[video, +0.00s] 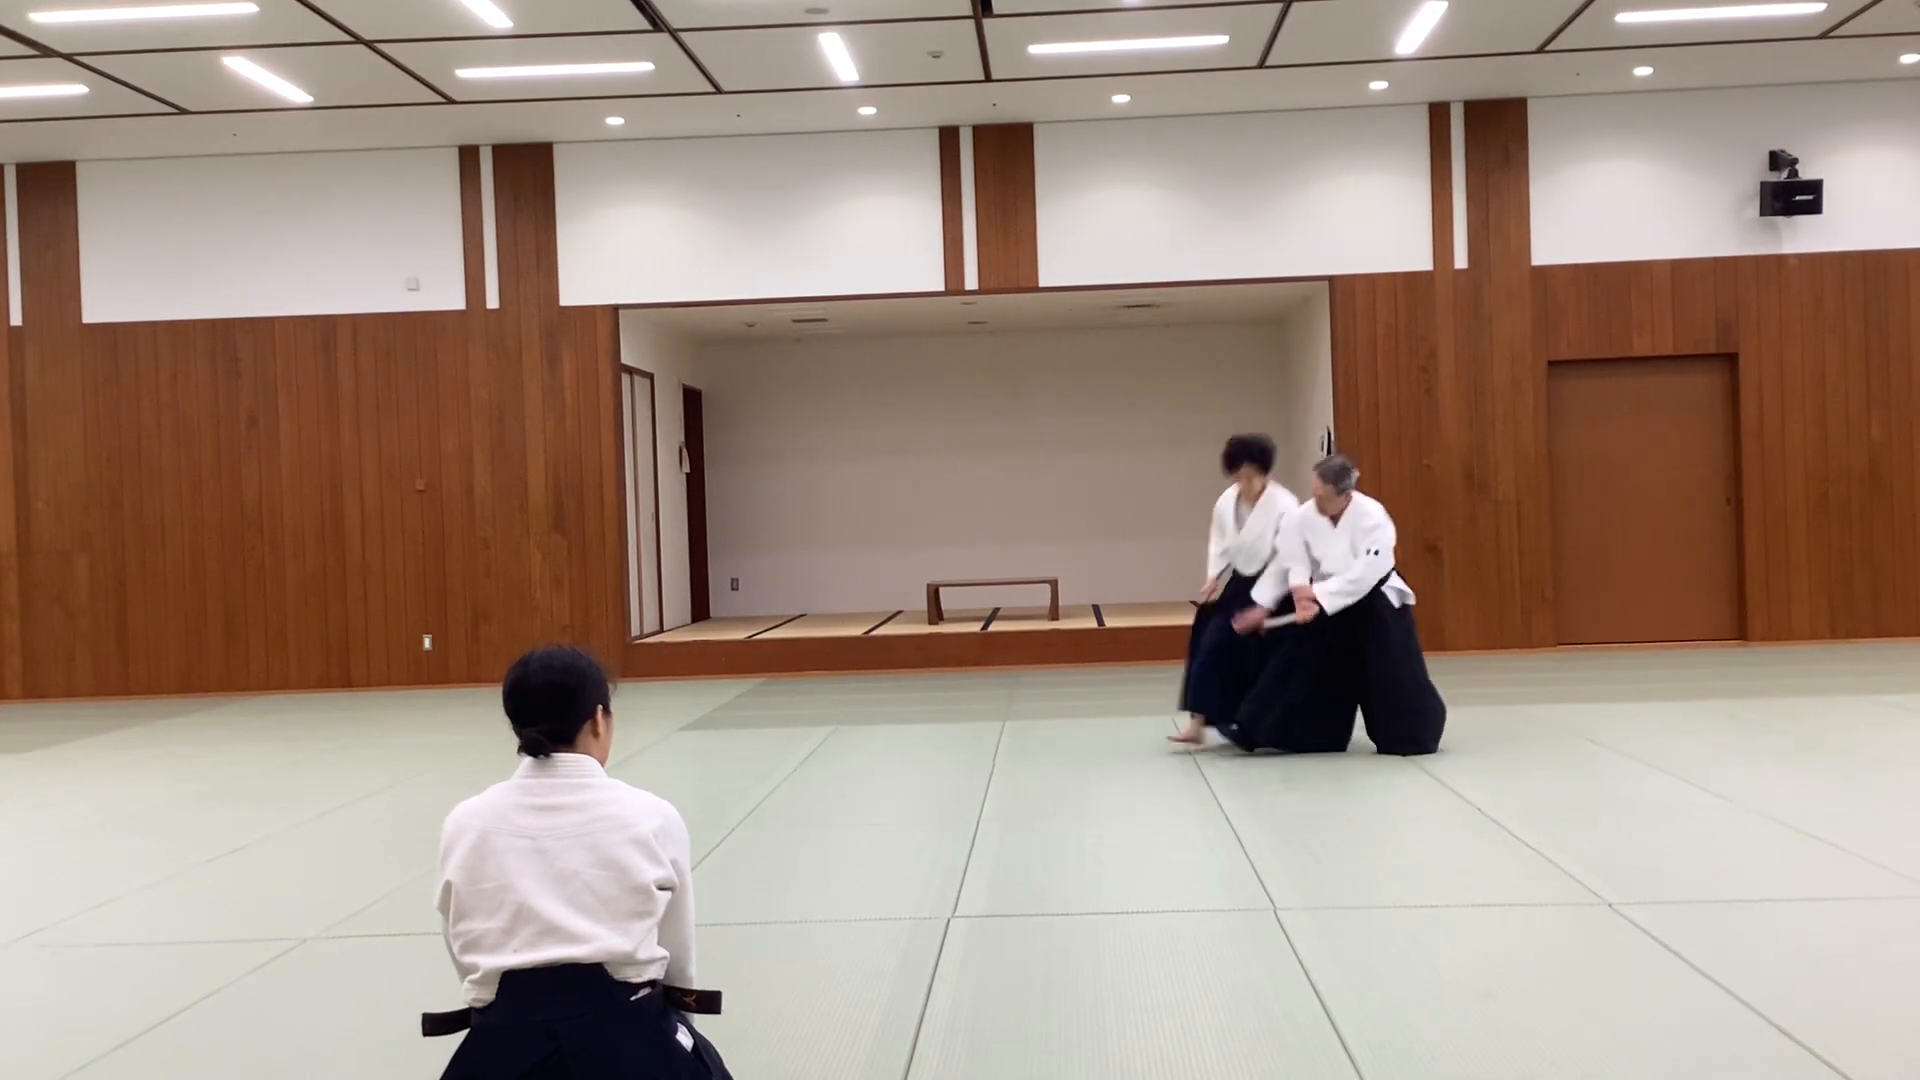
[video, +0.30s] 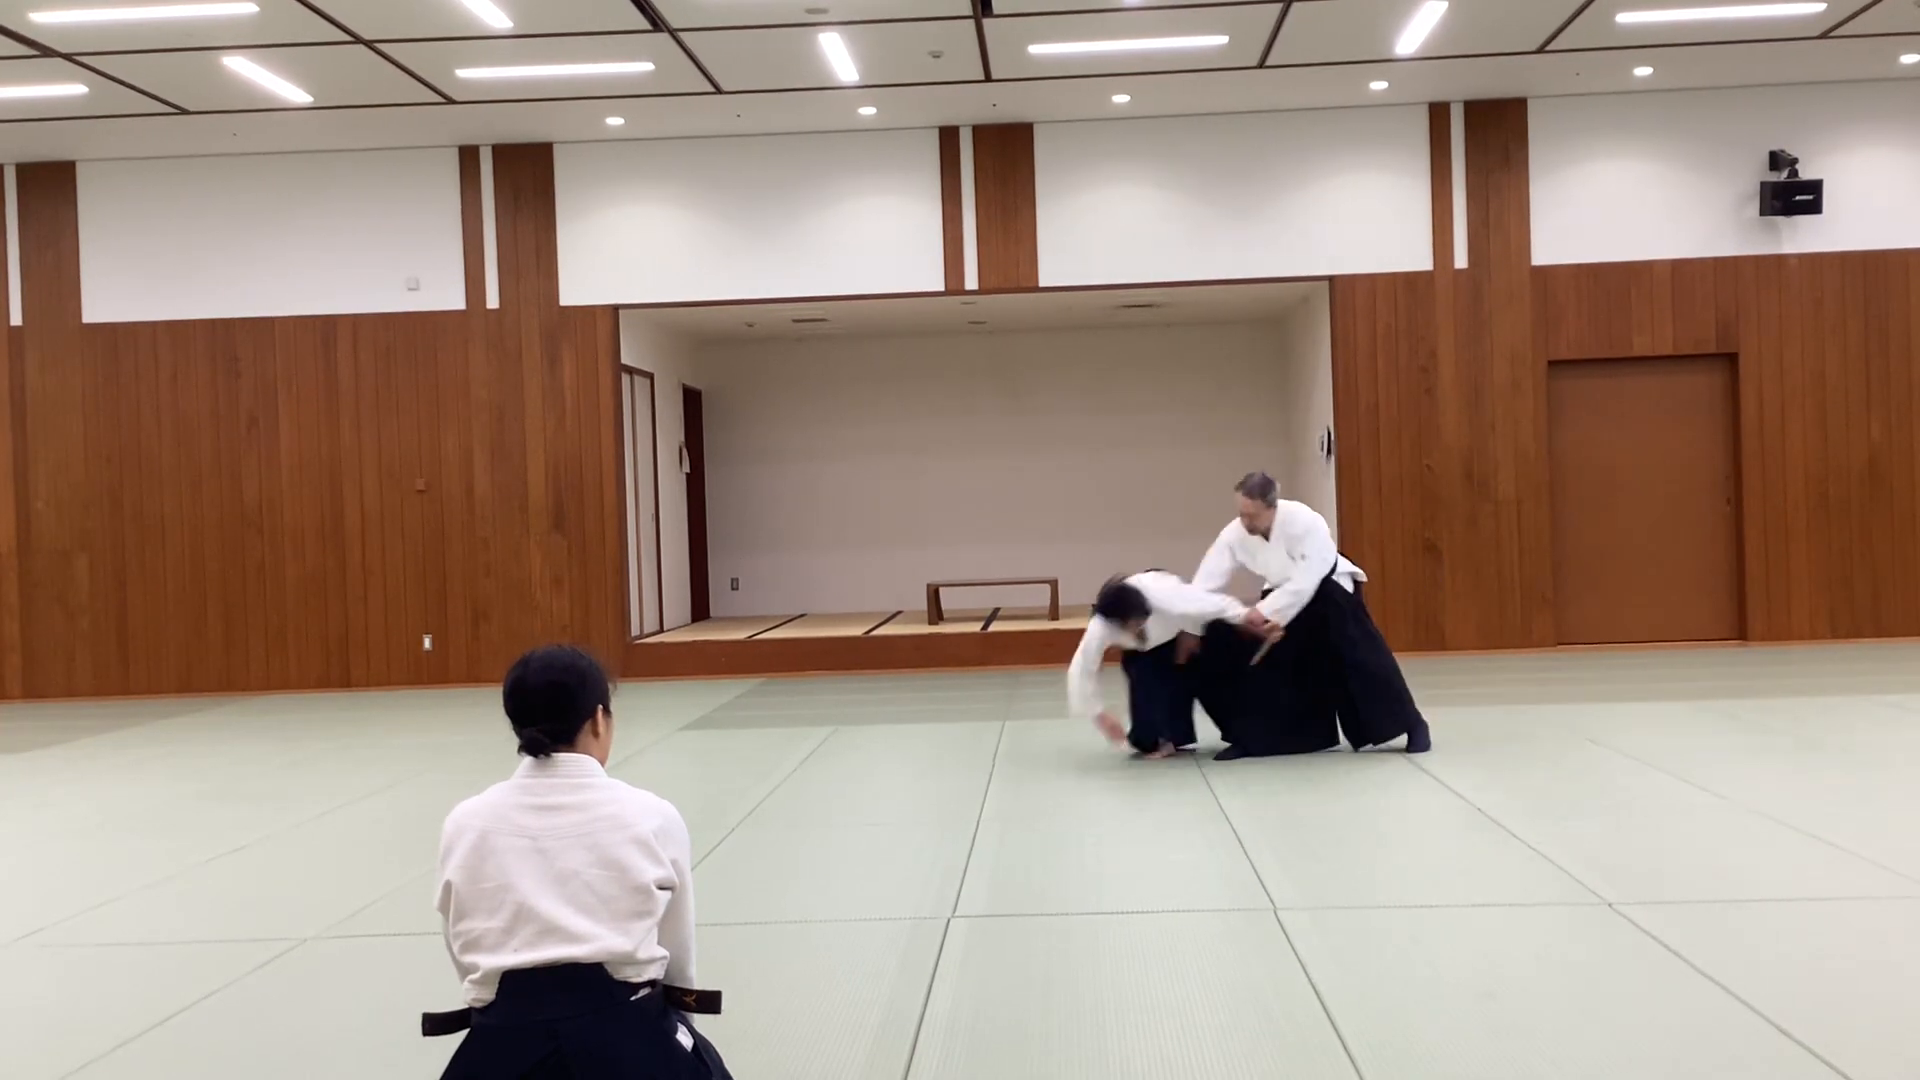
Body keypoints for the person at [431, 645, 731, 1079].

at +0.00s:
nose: (610, 727)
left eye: (609, 714)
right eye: (610, 715)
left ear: (519, 725)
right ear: (598, 721)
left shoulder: (465, 823)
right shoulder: (652, 818)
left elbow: (464, 960)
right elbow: (679, 968)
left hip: (503, 1050)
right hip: (629, 1046)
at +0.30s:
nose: (610, 728)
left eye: (610, 715)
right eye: (610, 716)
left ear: (519, 725)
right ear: (598, 721)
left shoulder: (465, 823)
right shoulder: (652, 817)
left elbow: (464, 959)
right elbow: (679, 967)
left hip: (503, 1049)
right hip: (629, 1046)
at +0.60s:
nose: (610, 729)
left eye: (610, 716)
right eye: (610, 717)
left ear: (518, 725)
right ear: (598, 722)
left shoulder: (464, 823)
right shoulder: (652, 817)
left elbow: (465, 960)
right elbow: (678, 967)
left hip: (503, 1050)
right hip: (629, 1045)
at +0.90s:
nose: (610, 728)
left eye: (609, 715)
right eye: (609, 716)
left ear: (518, 726)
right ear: (597, 722)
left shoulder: (464, 823)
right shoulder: (652, 817)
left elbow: (465, 960)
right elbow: (678, 966)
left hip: (503, 1050)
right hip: (629, 1046)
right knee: (696, 1045)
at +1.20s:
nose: (610, 731)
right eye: (609, 719)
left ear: (518, 727)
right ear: (598, 723)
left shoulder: (465, 824)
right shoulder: (652, 817)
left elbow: (464, 959)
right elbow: (678, 966)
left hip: (503, 1049)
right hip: (630, 1046)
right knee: (696, 1047)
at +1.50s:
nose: (609, 727)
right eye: (608, 716)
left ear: (518, 726)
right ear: (597, 721)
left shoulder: (465, 823)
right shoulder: (652, 816)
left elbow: (464, 958)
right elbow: (678, 962)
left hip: (503, 1049)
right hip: (629, 1045)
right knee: (697, 1048)